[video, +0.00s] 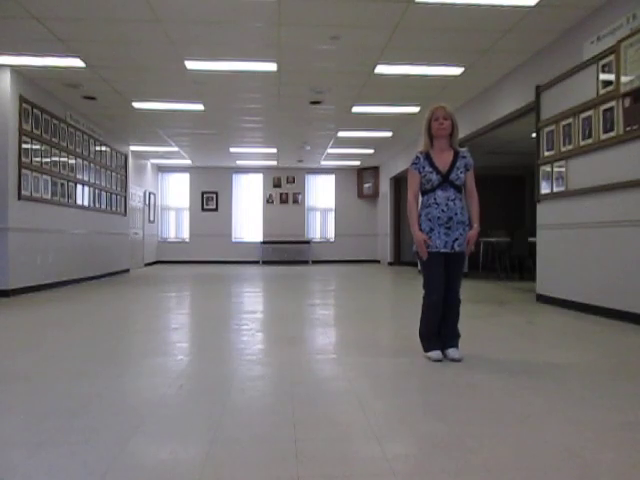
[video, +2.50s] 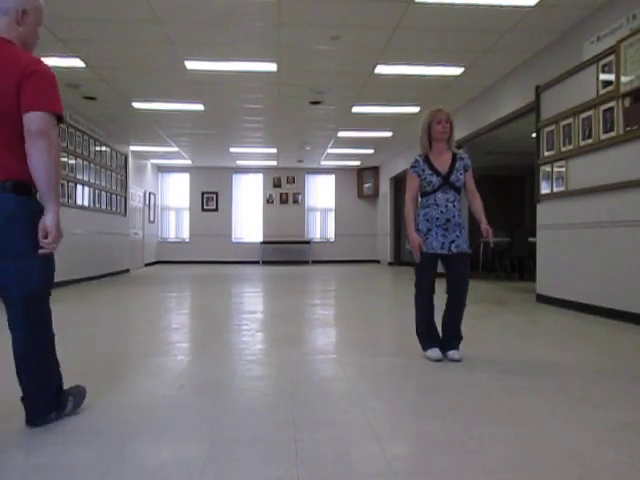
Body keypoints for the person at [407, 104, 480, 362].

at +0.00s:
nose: (441, 123)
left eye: (445, 119)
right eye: (436, 120)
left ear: (453, 125)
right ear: (429, 126)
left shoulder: (463, 157)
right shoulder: (420, 160)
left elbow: (471, 192)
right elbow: (412, 198)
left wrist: (475, 225)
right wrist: (415, 231)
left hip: (458, 229)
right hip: (430, 229)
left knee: (453, 290)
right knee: (434, 289)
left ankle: (451, 342)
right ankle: (431, 343)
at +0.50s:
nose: (443, 124)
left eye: (446, 120)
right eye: (438, 121)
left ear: (454, 126)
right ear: (430, 127)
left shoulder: (464, 159)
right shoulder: (420, 160)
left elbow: (469, 195)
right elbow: (412, 197)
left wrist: (474, 228)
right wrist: (414, 231)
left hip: (458, 228)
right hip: (429, 228)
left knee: (457, 289)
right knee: (427, 289)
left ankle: (451, 343)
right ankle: (430, 343)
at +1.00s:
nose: (443, 122)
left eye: (447, 118)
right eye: (438, 118)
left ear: (455, 125)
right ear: (431, 125)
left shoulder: (464, 158)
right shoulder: (420, 158)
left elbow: (469, 193)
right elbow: (411, 196)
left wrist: (474, 226)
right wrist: (414, 228)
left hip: (458, 229)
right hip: (430, 229)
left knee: (453, 290)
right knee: (432, 290)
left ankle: (450, 343)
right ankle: (431, 344)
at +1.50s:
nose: (437, 125)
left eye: (441, 121)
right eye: (433, 123)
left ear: (452, 126)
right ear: (428, 130)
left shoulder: (464, 160)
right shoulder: (421, 161)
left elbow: (473, 196)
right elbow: (412, 199)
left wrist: (481, 226)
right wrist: (412, 232)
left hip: (456, 230)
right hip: (428, 230)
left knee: (460, 288)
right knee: (426, 288)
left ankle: (451, 343)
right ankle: (430, 343)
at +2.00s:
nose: (441, 125)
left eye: (445, 121)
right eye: (436, 121)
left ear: (452, 127)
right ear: (429, 128)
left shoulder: (462, 160)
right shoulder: (419, 161)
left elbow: (470, 196)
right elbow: (410, 198)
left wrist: (477, 228)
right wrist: (417, 226)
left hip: (460, 232)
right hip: (432, 232)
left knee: (454, 292)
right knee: (435, 291)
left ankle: (451, 343)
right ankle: (432, 344)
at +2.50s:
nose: (444, 126)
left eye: (447, 123)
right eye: (438, 123)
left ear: (452, 128)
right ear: (429, 128)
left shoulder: (462, 160)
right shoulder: (419, 163)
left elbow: (472, 194)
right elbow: (410, 201)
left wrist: (483, 221)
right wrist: (412, 233)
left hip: (456, 232)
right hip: (427, 232)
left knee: (459, 287)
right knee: (425, 289)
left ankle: (451, 343)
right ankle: (430, 343)